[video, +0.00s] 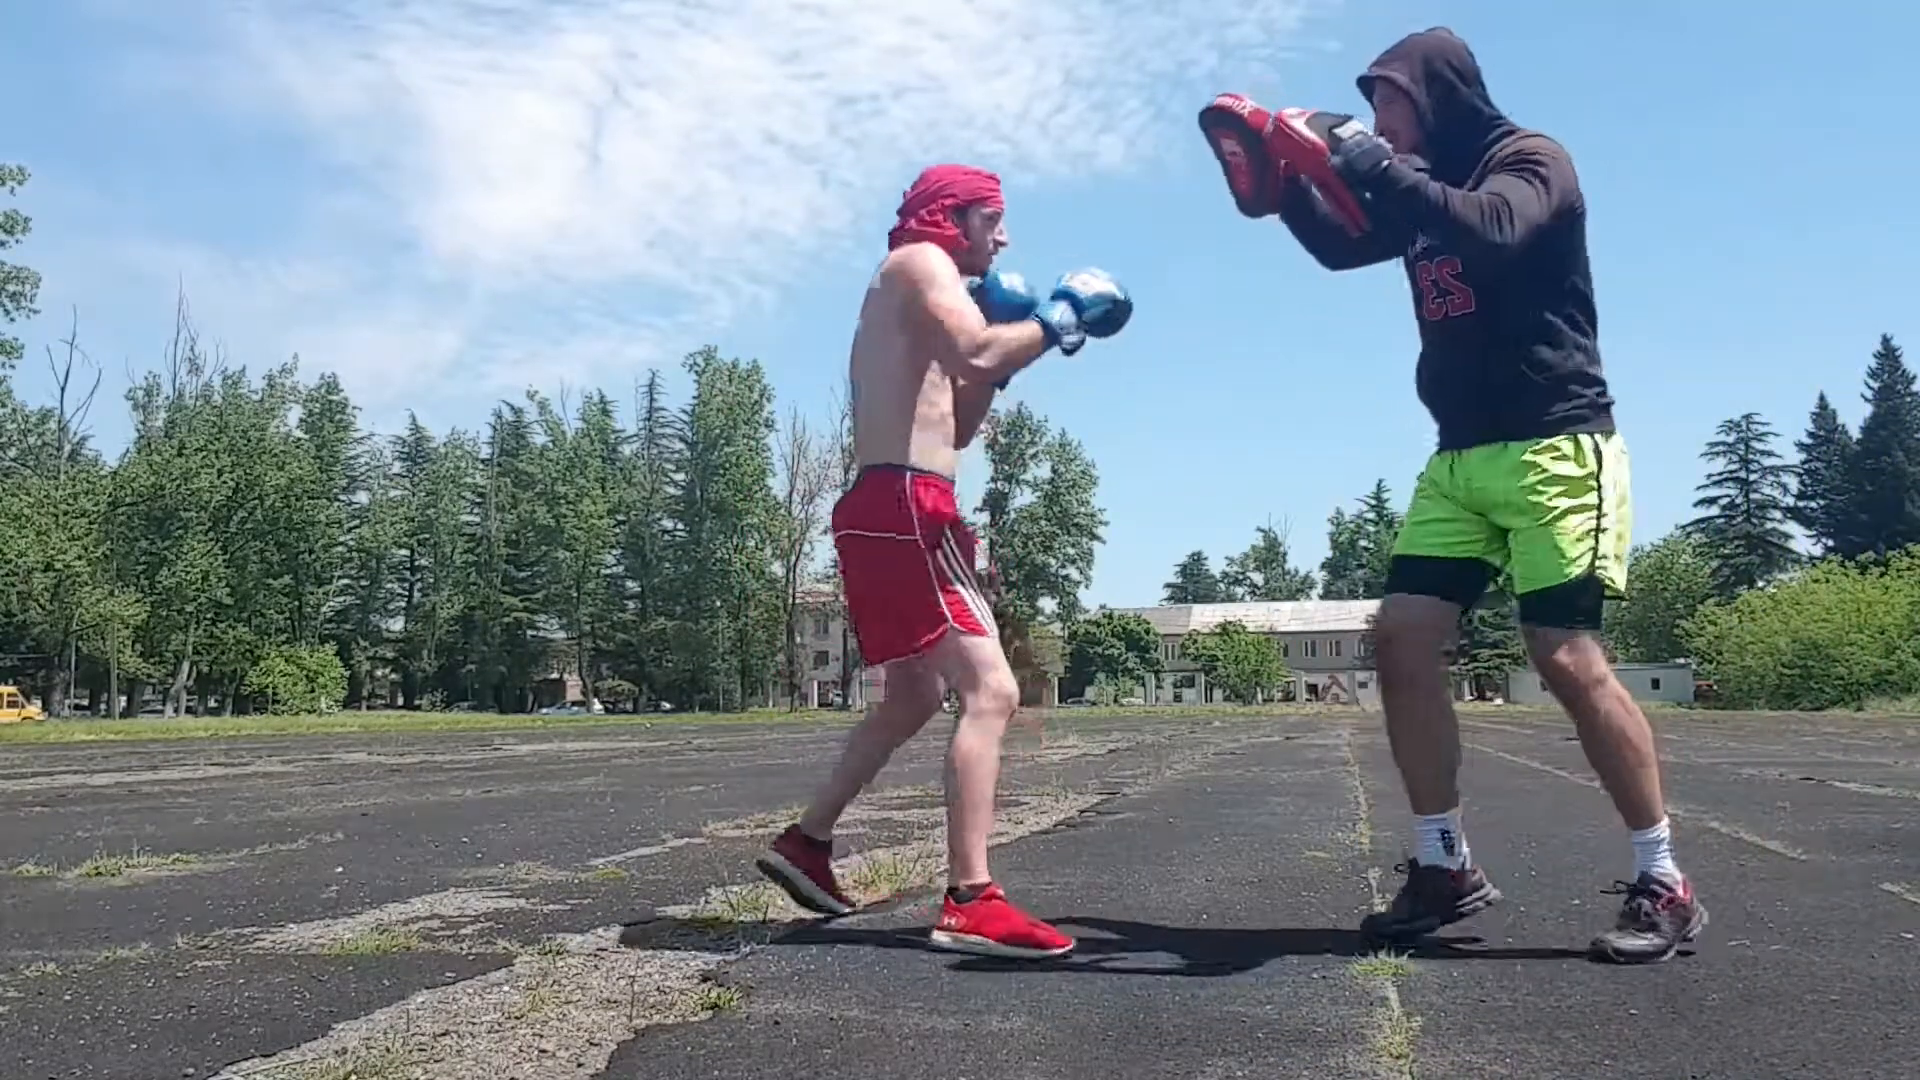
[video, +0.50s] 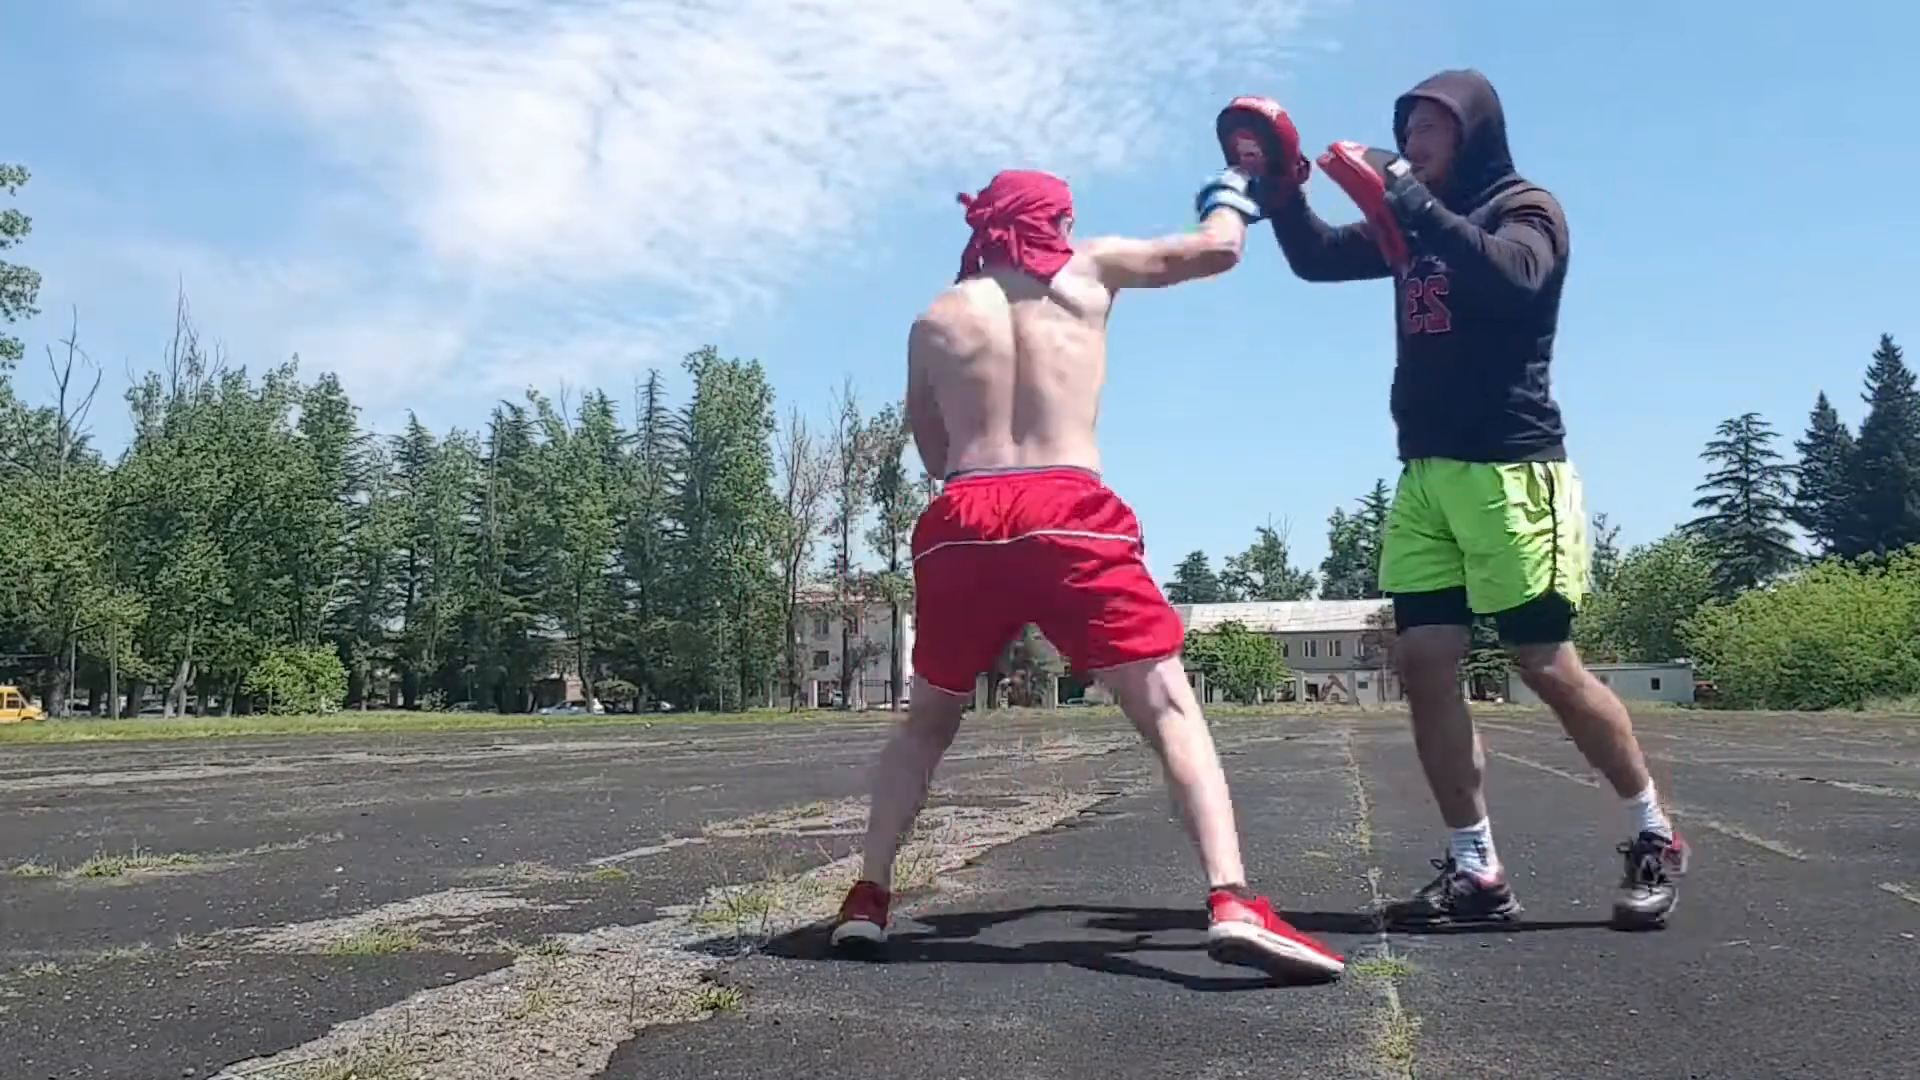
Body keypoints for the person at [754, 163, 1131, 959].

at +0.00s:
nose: (1003, 241)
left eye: (1002, 226)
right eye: (994, 225)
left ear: (940, 223)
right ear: (957, 221)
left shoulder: (917, 290)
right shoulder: (921, 262)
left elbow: (958, 428)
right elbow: (973, 350)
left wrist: (1011, 347)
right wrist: (1057, 321)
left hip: (879, 509)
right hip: (905, 506)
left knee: (913, 694)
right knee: (989, 692)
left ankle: (808, 839)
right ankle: (971, 895)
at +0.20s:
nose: (1031, 253)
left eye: (1030, 238)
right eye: (1022, 238)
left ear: (951, 243)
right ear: (985, 236)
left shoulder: (894, 319)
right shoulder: (971, 280)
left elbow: (938, 415)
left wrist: (998, 386)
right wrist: (1059, 309)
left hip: (867, 525)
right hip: (943, 515)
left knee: (866, 712)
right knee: (1067, 684)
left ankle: (785, 874)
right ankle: (1050, 873)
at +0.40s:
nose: (1068, 235)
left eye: (1066, 222)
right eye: (1064, 221)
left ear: (983, 222)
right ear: (1039, 218)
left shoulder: (921, 301)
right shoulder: (1045, 262)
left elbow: (942, 417)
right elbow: (1135, 312)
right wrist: (1162, 268)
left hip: (914, 505)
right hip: (1012, 494)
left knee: (904, 706)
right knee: (1147, 681)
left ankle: (863, 881)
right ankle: (1130, 838)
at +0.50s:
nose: (1069, 239)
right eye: (1064, 227)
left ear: (981, 234)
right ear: (1055, 232)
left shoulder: (934, 319)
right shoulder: (1089, 265)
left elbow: (936, 456)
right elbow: (1219, 250)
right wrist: (1230, 196)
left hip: (960, 521)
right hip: (1071, 510)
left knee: (924, 719)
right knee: (1168, 711)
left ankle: (867, 895)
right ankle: (1233, 899)